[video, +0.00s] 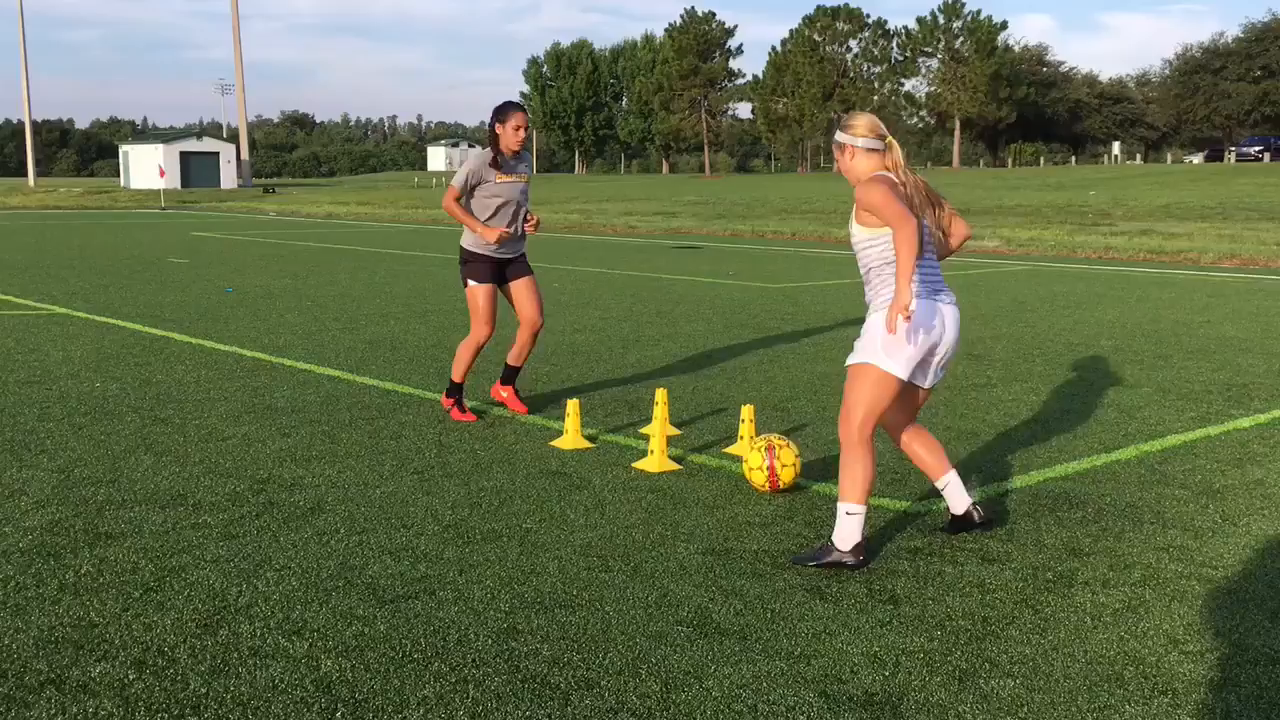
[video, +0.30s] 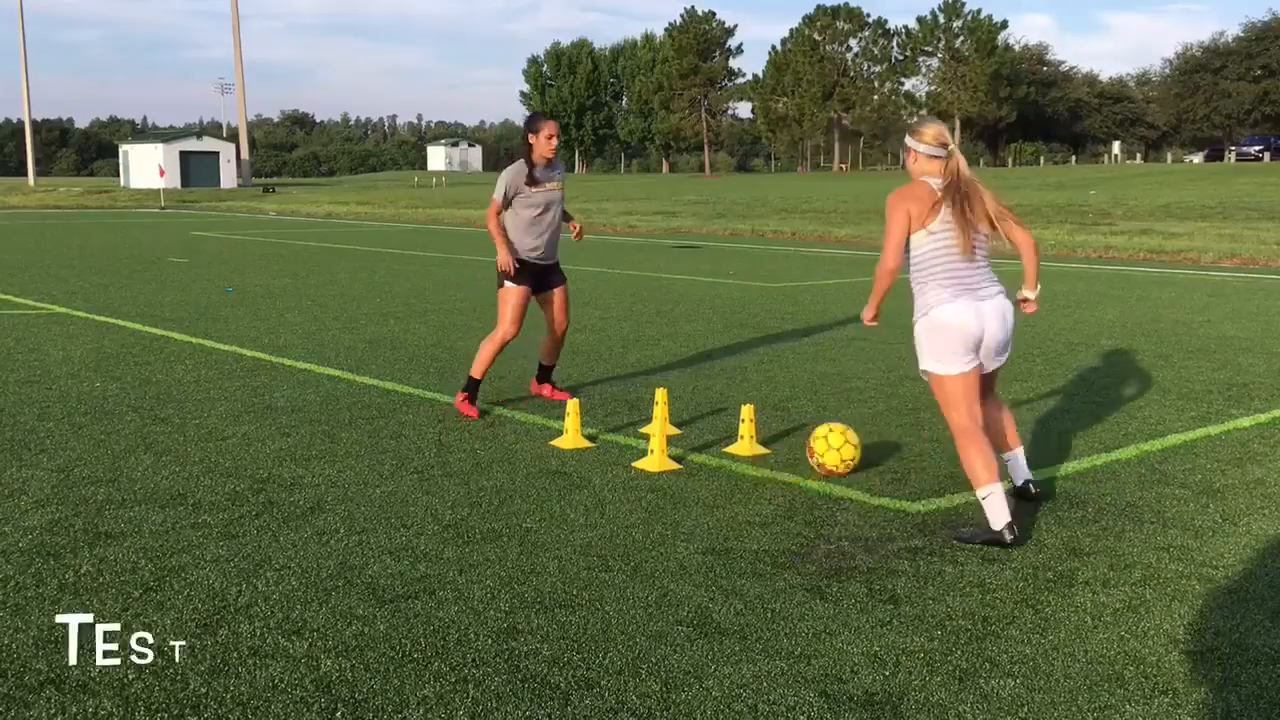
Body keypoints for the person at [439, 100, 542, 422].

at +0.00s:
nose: (523, 135)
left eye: (526, 129)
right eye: (517, 129)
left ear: (526, 131)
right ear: (497, 129)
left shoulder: (523, 163)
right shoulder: (478, 162)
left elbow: (516, 202)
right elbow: (448, 201)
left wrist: (528, 217)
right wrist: (482, 229)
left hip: (513, 254)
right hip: (479, 256)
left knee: (532, 320)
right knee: (482, 331)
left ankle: (505, 386)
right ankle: (452, 396)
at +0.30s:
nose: (555, 143)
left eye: (557, 137)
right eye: (549, 137)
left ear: (556, 140)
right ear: (532, 139)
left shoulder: (556, 172)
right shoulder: (513, 174)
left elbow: (552, 207)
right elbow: (492, 215)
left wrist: (569, 221)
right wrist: (502, 249)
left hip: (548, 263)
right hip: (517, 262)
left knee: (559, 326)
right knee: (508, 329)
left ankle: (542, 382)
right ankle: (468, 394)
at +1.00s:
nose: (591, 160)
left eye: (593, 155)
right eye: (586, 155)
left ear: (593, 155)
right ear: (569, 151)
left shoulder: (583, 177)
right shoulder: (551, 178)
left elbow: (582, 206)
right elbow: (521, 213)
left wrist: (607, 225)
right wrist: (527, 249)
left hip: (567, 256)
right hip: (542, 256)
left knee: (580, 316)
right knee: (574, 315)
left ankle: (570, 374)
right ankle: (536, 367)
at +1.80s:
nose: (512, 152)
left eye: (516, 146)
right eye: (506, 145)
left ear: (520, 144)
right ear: (491, 142)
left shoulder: (521, 169)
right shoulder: (475, 173)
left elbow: (529, 190)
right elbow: (449, 213)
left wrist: (555, 206)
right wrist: (454, 226)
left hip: (514, 258)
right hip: (477, 257)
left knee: (516, 326)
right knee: (472, 326)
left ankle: (496, 399)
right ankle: (447, 374)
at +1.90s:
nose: (511, 164)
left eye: (515, 158)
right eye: (504, 158)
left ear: (519, 156)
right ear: (490, 154)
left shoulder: (524, 182)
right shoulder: (471, 183)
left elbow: (527, 214)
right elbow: (443, 225)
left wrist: (547, 243)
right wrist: (437, 258)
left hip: (512, 268)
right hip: (473, 265)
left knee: (506, 333)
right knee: (466, 327)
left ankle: (489, 405)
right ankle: (451, 376)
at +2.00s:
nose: (510, 169)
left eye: (514, 162)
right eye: (504, 162)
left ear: (519, 160)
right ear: (489, 157)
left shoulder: (523, 187)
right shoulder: (465, 186)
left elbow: (526, 226)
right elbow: (436, 226)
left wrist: (541, 262)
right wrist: (422, 270)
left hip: (510, 270)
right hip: (469, 268)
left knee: (507, 341)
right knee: (461, 324)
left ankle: (494, 403)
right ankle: (484, 395)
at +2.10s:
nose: (507, 159)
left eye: (511, 152)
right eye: (501, 152)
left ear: (516, 151)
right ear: (486, 147)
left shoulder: (519, 179)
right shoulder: (460, 175)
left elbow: (521, 217)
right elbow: (429, 209)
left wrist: (529, 251)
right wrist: (417, 253)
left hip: (505, 261)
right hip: (465, 259)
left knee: (507, 334)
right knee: (470, 321)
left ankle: (491, 402)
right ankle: (482, 399)